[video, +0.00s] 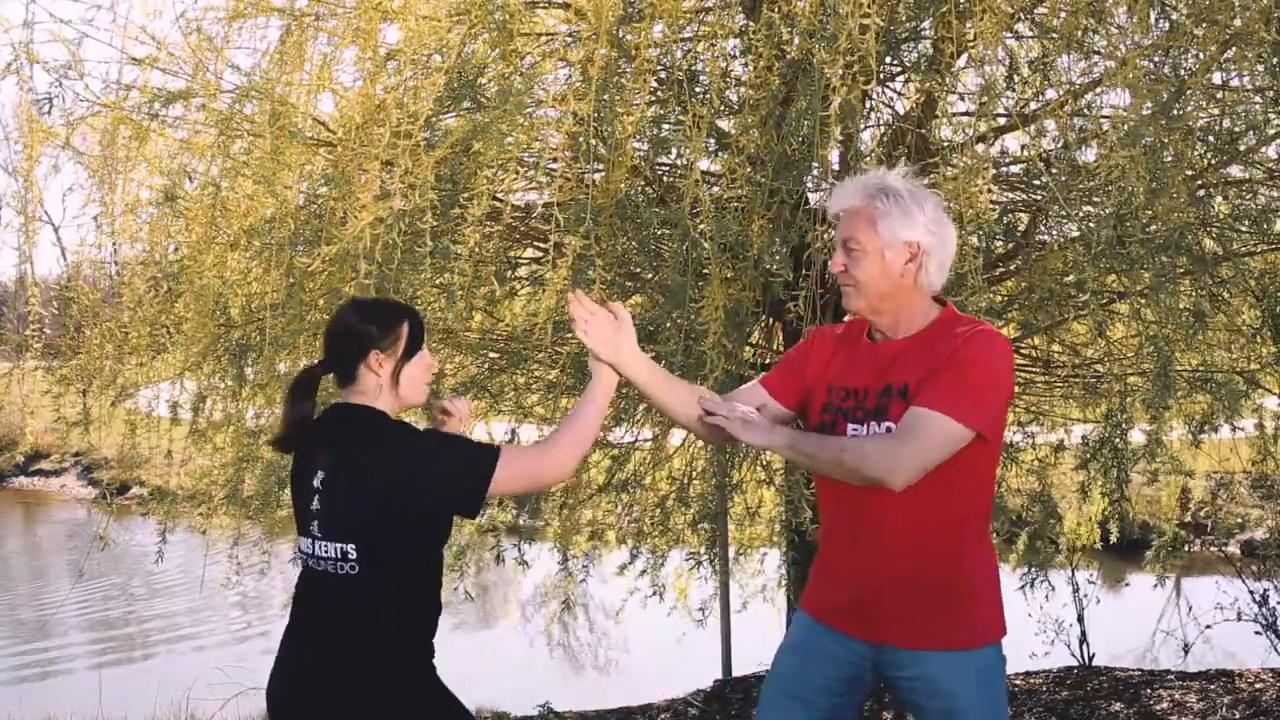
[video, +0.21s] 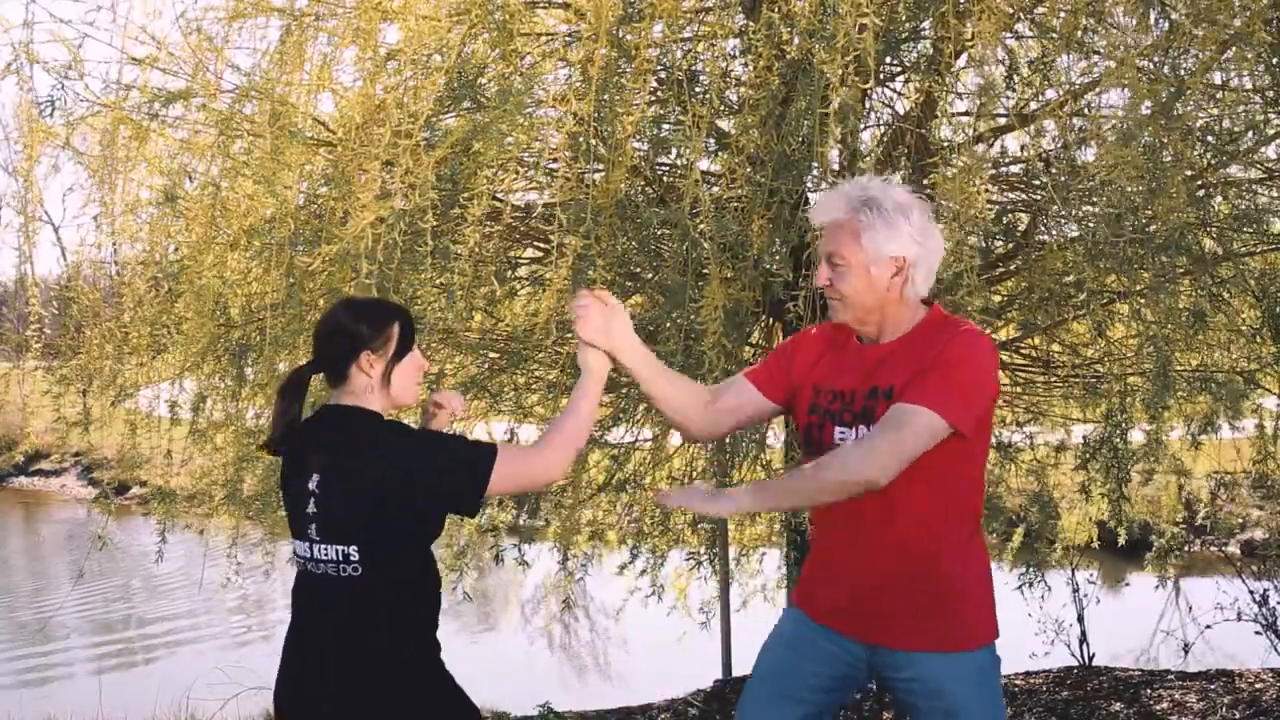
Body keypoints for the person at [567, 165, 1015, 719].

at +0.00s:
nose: (836, 265)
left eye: (851, 248)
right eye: (836, 249)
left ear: (910, 255)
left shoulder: (978, 351)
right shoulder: (825, 350)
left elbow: (894, 464)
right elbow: (719, 419)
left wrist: (778, 436)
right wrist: (628, 358)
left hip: (947, 638)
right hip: (827, 625)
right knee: (779, 712)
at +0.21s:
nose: (821, 278)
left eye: (837, 264)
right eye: (822, 262)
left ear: (895, 270)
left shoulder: (962, 350)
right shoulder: (813, 349)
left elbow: (871, 463)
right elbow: (706, 414)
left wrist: (735, 497)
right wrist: (625, 345)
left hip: (941, 638)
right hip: (820, 624)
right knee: (758, 712)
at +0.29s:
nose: (793, 308)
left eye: (810, 294)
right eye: (796, 290)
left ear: (875, 302)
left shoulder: (939, 365)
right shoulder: (790, 359)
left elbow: (857, 483)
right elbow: (679, 423)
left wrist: (710, 515)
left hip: (930, 646)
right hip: (805, 635)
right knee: (744, 710)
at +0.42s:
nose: (770, 381)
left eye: (785, 368)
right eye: (770, 363)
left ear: (850, 377)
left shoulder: (927, 419)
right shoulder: (763, 413)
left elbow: (853, 547)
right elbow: (653, 482)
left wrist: (737, 483)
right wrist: (565, 564)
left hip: (917, 658)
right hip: (793, 643)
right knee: (716, 713)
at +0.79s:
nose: (757, 368)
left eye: (775, 357)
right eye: (759, 352)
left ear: (838, 374)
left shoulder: (909, 434)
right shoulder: (771, 415)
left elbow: (788, 533)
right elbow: (667, 508)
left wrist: (731, 425)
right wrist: (588, 597)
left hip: (916, 658)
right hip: (800, 642)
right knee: (714, 713)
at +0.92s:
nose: (728, 319)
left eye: (747, 306)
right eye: (736, 302)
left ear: (802, 327)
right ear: (799, 327)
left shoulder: (859, 410)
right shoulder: (747, 393)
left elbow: (728, 532)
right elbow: (633, 475)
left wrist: (614, 542)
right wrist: (685, 462)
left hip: (882, 664)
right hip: (772, 640)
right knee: (689, 713)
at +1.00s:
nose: (722, 297)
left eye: (739, 285)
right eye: (730, 283)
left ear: (791, 306)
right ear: (784, 307)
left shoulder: (846, 398)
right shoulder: (738, 387)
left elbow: (716, 518)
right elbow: (629, 436)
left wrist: (599, 558)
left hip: (859, 663)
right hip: (758, 641)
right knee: (679, 713)